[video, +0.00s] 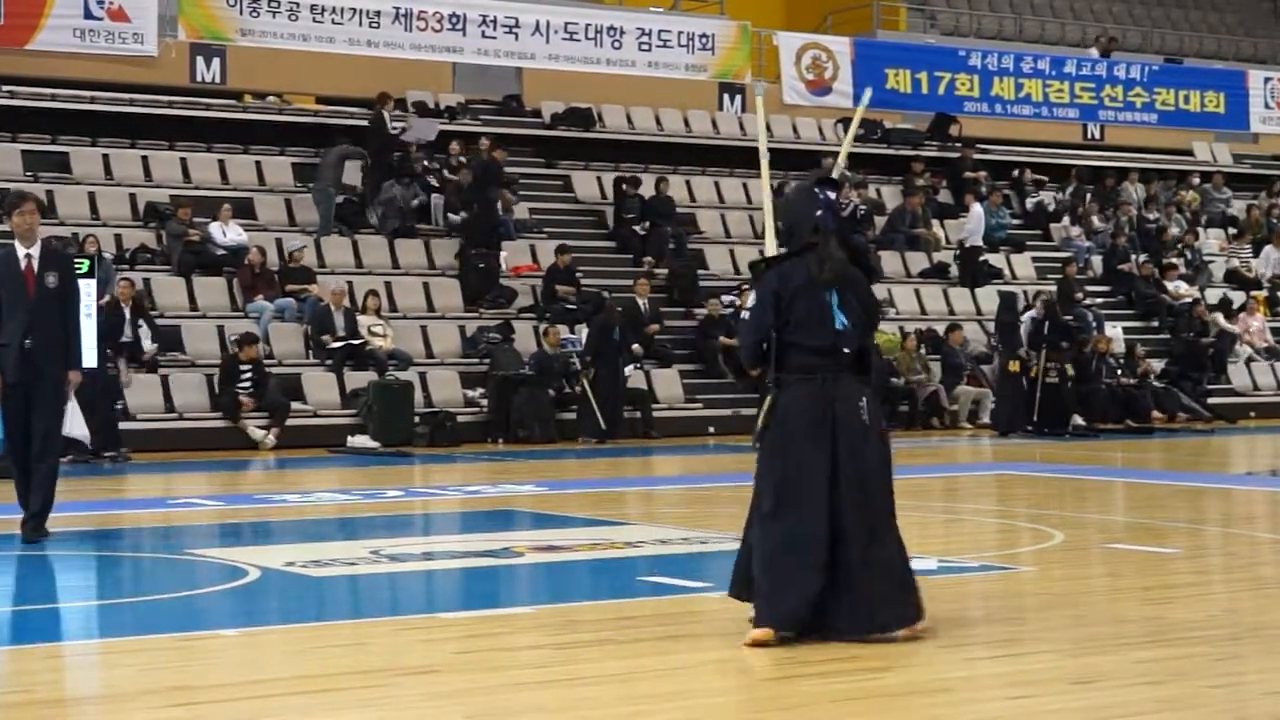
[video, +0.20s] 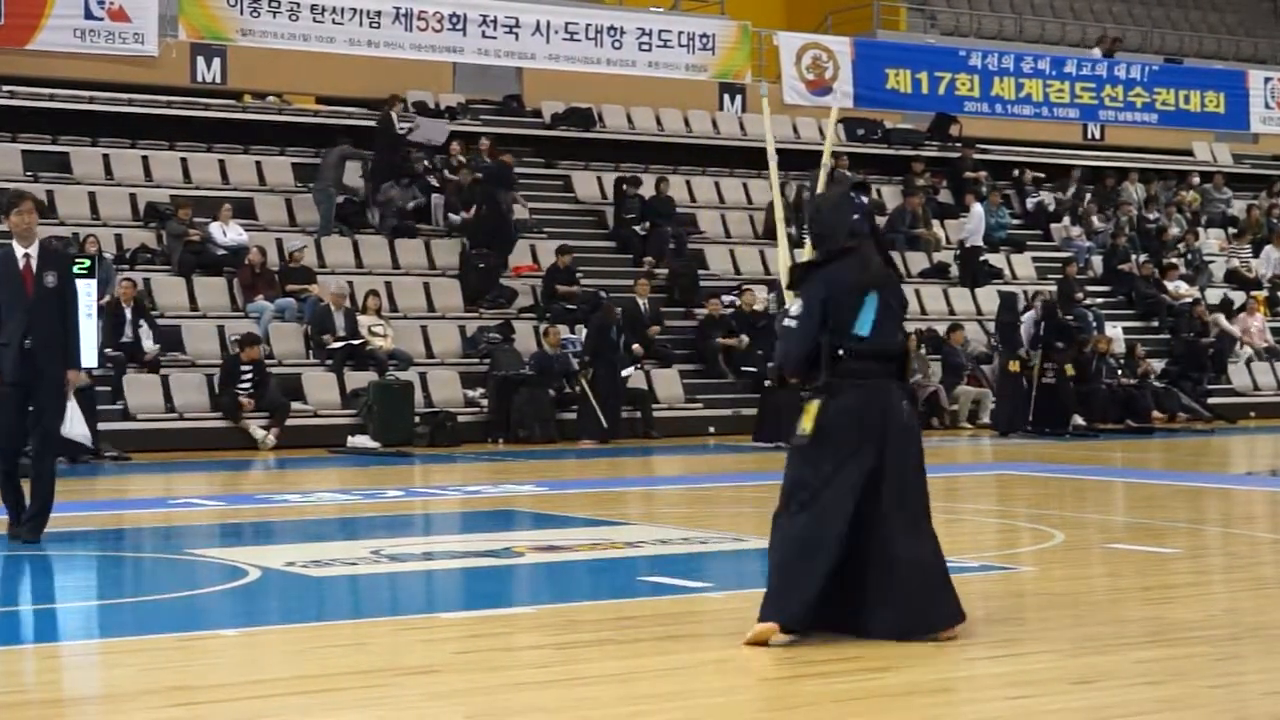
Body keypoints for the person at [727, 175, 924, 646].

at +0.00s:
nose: (781, 229)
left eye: (783, 222)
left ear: (789, 226)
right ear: (833, 224)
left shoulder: (776, 279)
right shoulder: (855, 281)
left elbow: (750, 347)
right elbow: (865, 345)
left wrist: (756, 369)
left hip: (797, 405)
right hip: (852, 404)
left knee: (783, 505)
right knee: (866, 504)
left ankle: (773, 615)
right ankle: (897, 608)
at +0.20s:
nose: (810, 237)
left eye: (815, 229)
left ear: (823, 232)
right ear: (866, 227)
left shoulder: (822, 281)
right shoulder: (888, 279)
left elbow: (793, 354)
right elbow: (888, 342)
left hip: (839, 405)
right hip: (891, 404)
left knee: (804, 506)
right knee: (905, 509)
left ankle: (777, 613)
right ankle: (940, 612)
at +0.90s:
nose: (853, 228)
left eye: (857, 221)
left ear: (863, 225)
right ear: (907, 223)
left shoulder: (847, 273)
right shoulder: (927, 275)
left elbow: (812, 342)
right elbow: (937, 346)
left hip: (862, 404)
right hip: (915, 404)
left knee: (847, 505)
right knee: (929, 504)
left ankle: (837, 612)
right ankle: (942, 614)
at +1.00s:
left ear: (858, 225)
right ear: (901, 226)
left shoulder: (834, 273)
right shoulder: (922, 280)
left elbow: (804, 337)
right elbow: (935, 345)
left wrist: (824, 370)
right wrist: (910, 379)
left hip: (846, 399)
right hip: (904, 399)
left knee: (841, 504)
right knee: (918, 503)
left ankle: (835, 612)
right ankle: (937, 614)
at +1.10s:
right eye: (899, 221)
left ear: (852, 224)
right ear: (898, 226)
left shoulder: (828, 279)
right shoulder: (918, 283)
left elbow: (815, 352)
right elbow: (935, 355)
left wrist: (827, 393)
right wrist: (923, 400)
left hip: (834, 403)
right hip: (896, 404)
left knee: (834, 506)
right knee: (905, 505)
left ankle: (832, 617)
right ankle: (918, 617)